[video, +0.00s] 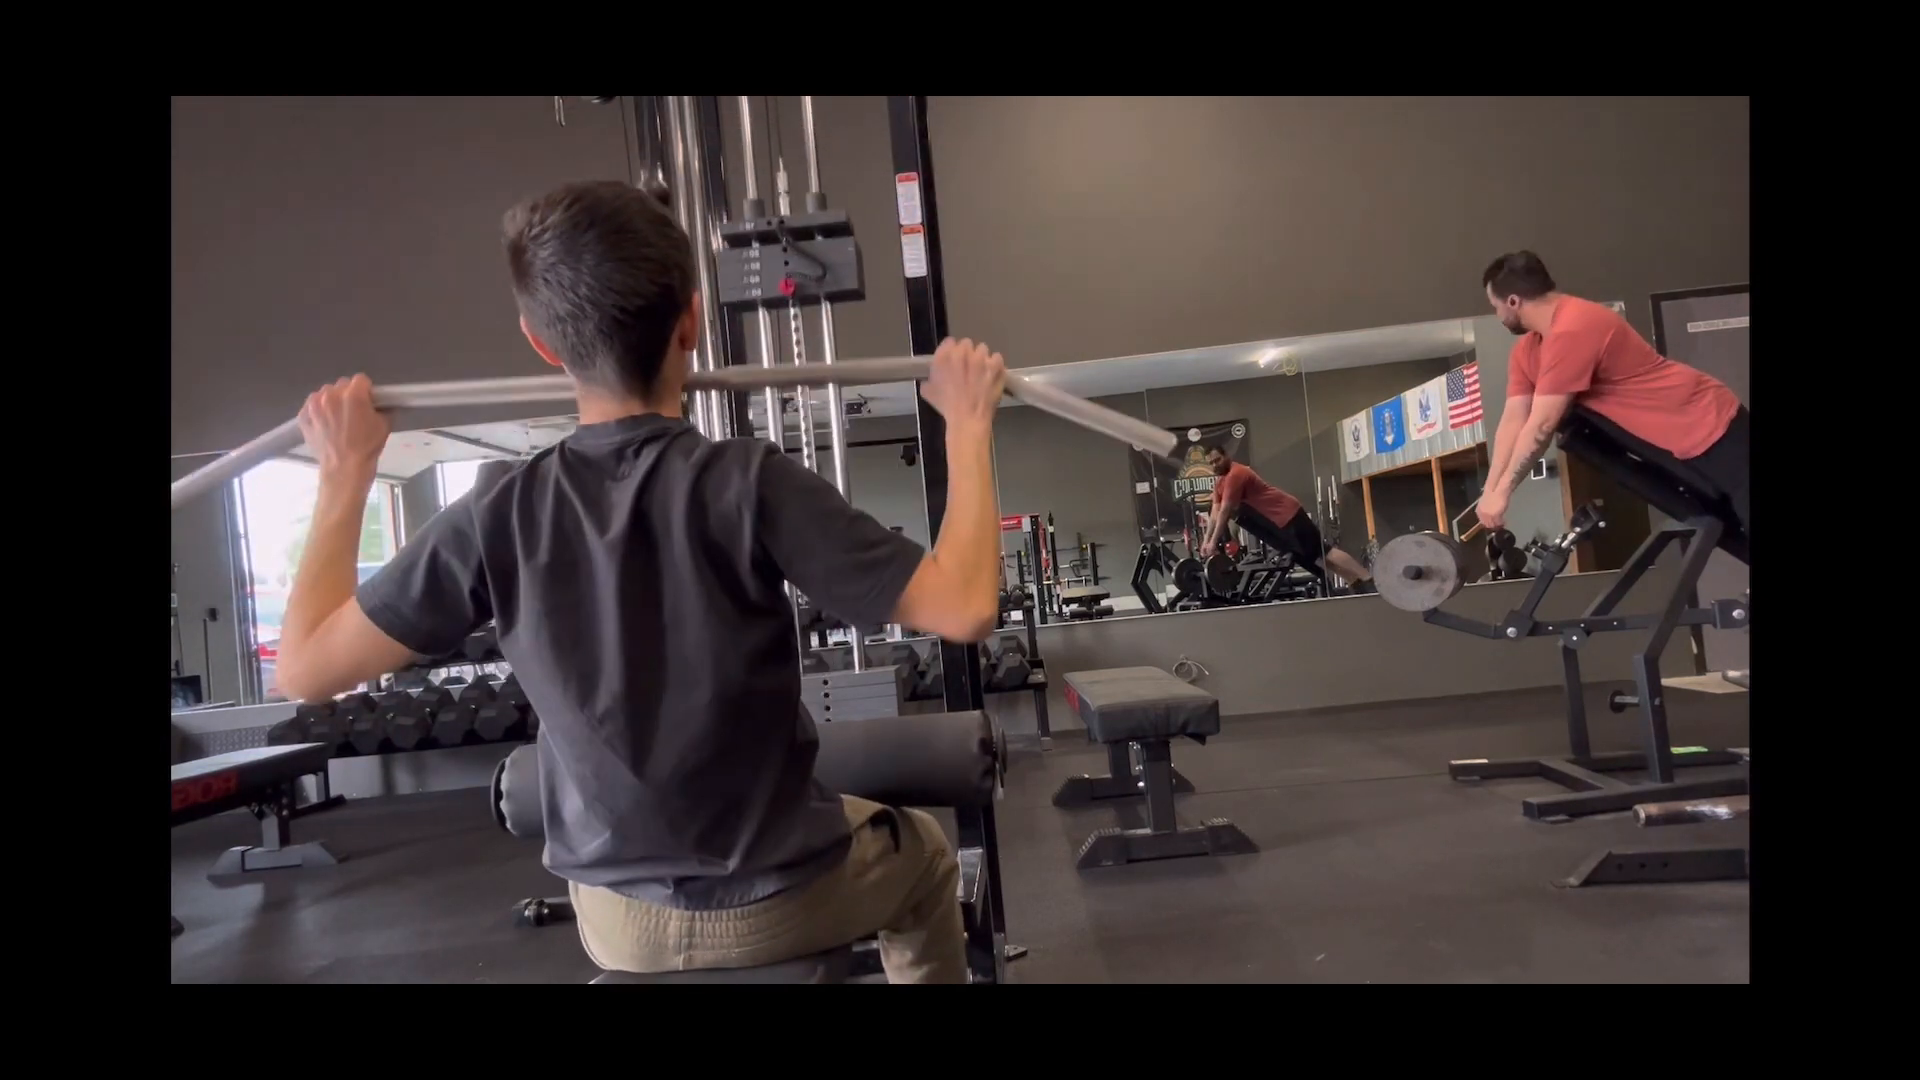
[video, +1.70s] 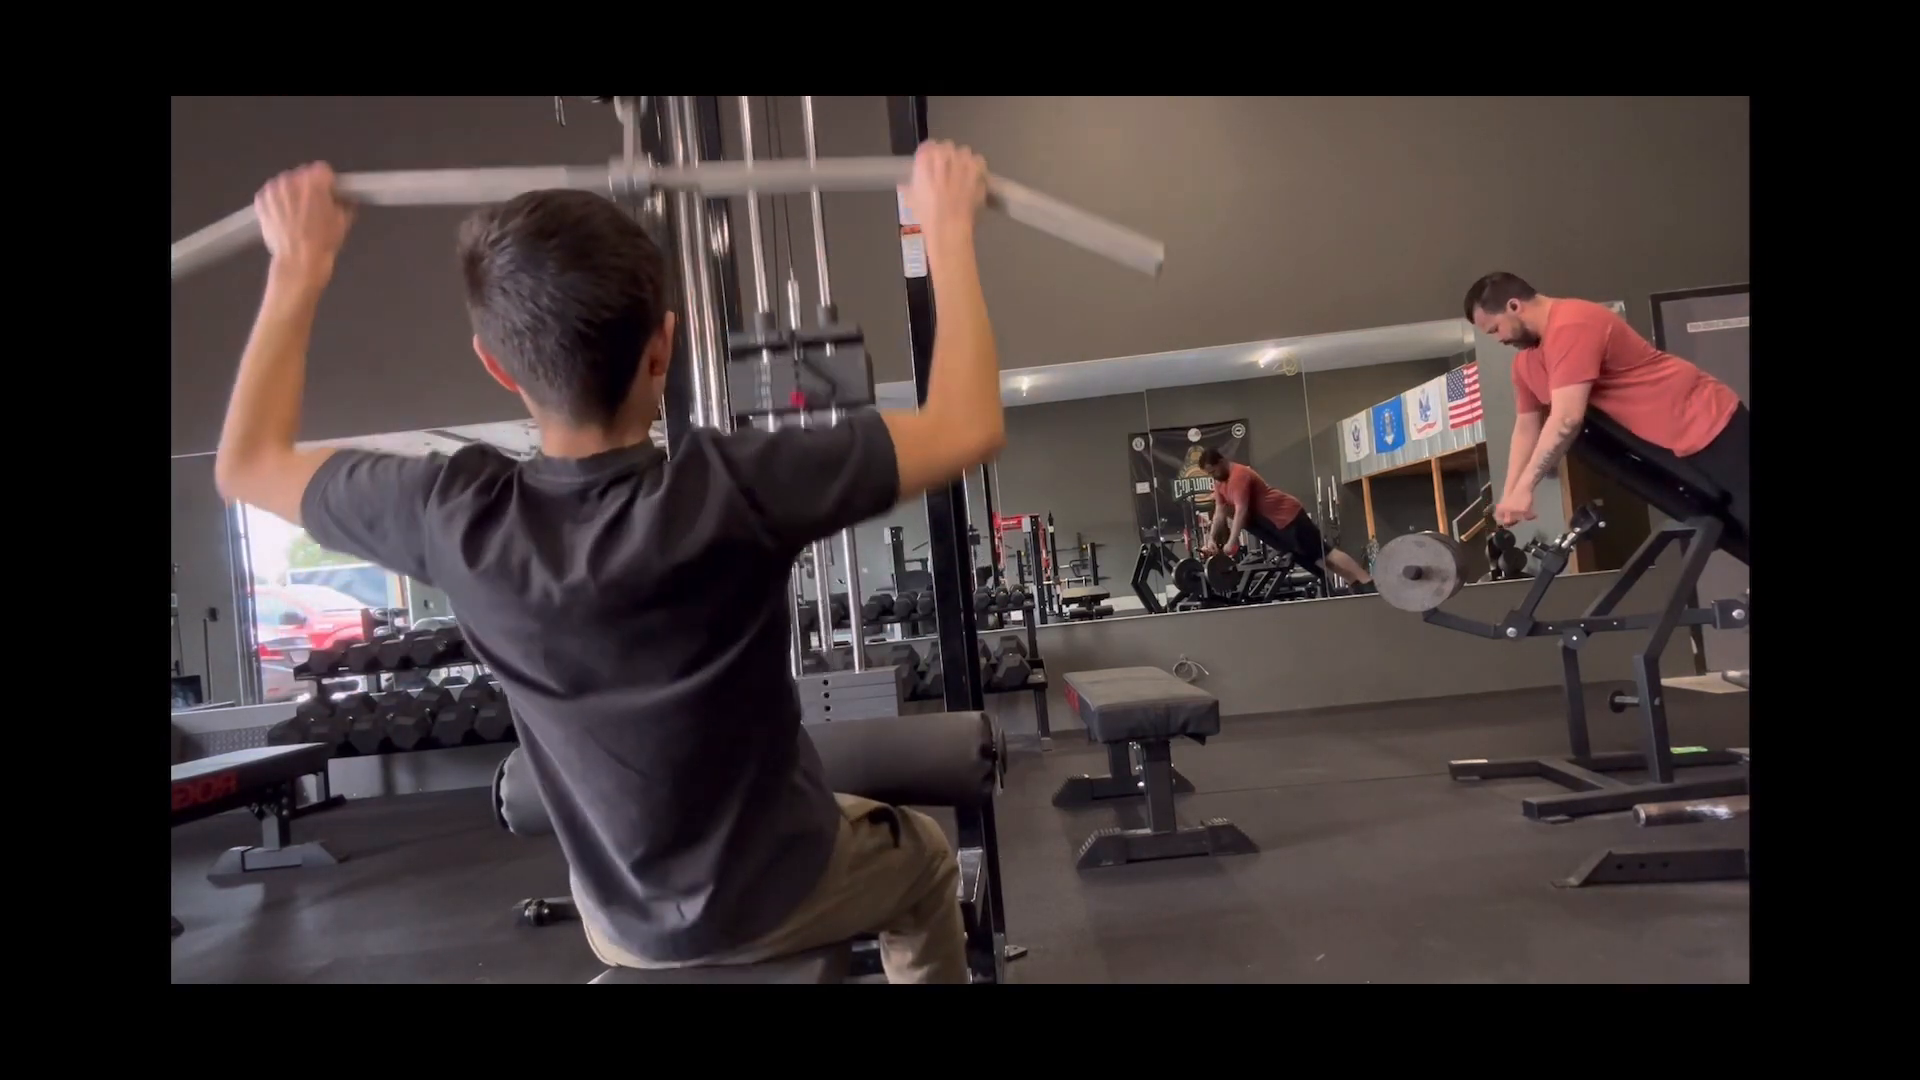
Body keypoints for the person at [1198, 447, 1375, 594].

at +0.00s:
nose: (1215, 464)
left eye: (1217, 459)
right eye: (1211, 462)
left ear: (1226, 456)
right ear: (1209, 466)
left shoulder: (1237, 473)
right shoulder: (1220, 484)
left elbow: (1226, 511)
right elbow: (1215, 512)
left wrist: (1214, 542)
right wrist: (1207, 540)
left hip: (1289, 514)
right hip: (1279, 525)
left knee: (1324, 550)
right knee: (1317, 558)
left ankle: (1368, 579)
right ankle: (1355, 583)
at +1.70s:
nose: (1212, 475)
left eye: (1213, 470)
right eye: (1209, 473)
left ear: (1221, 462)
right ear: (1208, 472)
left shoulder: (1239, 475)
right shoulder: (1220, 485)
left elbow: (1241, 510)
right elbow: (1219, 512)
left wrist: (1233, 541)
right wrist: (1211, 539)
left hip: (1289, 514)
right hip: (1276, 526)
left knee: (1324, 551)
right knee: (1315, 558)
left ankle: (1367, 581)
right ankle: (1354, 583)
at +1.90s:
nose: (1214, 475)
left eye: (1214, 470)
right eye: (1210, 473)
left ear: (1221, 463)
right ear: (1208, 473)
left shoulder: (1240, 475)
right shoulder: (1220, 485)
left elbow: (1257, 505)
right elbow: (1225, 510)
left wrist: (1258, 537)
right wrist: (1223, 538)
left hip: (1289, 514)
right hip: (1274, 525)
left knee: (1323, 551)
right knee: (1313, 559)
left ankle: (1368, 581)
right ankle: (1354, 583)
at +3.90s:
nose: (1213, 480)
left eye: (1213, 474)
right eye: (1209, 478)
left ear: (1221, 466)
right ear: (1206, 477)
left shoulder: (1241, 479)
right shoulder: (1217, 487)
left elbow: (1258, 511)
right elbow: (1226, 514)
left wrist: (1269, 539)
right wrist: (1232, 541)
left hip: (1290, 514)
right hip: (1275, 523)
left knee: (1325, 551)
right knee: (1315, 558)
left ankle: (1368, 583)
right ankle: (1353, 584)